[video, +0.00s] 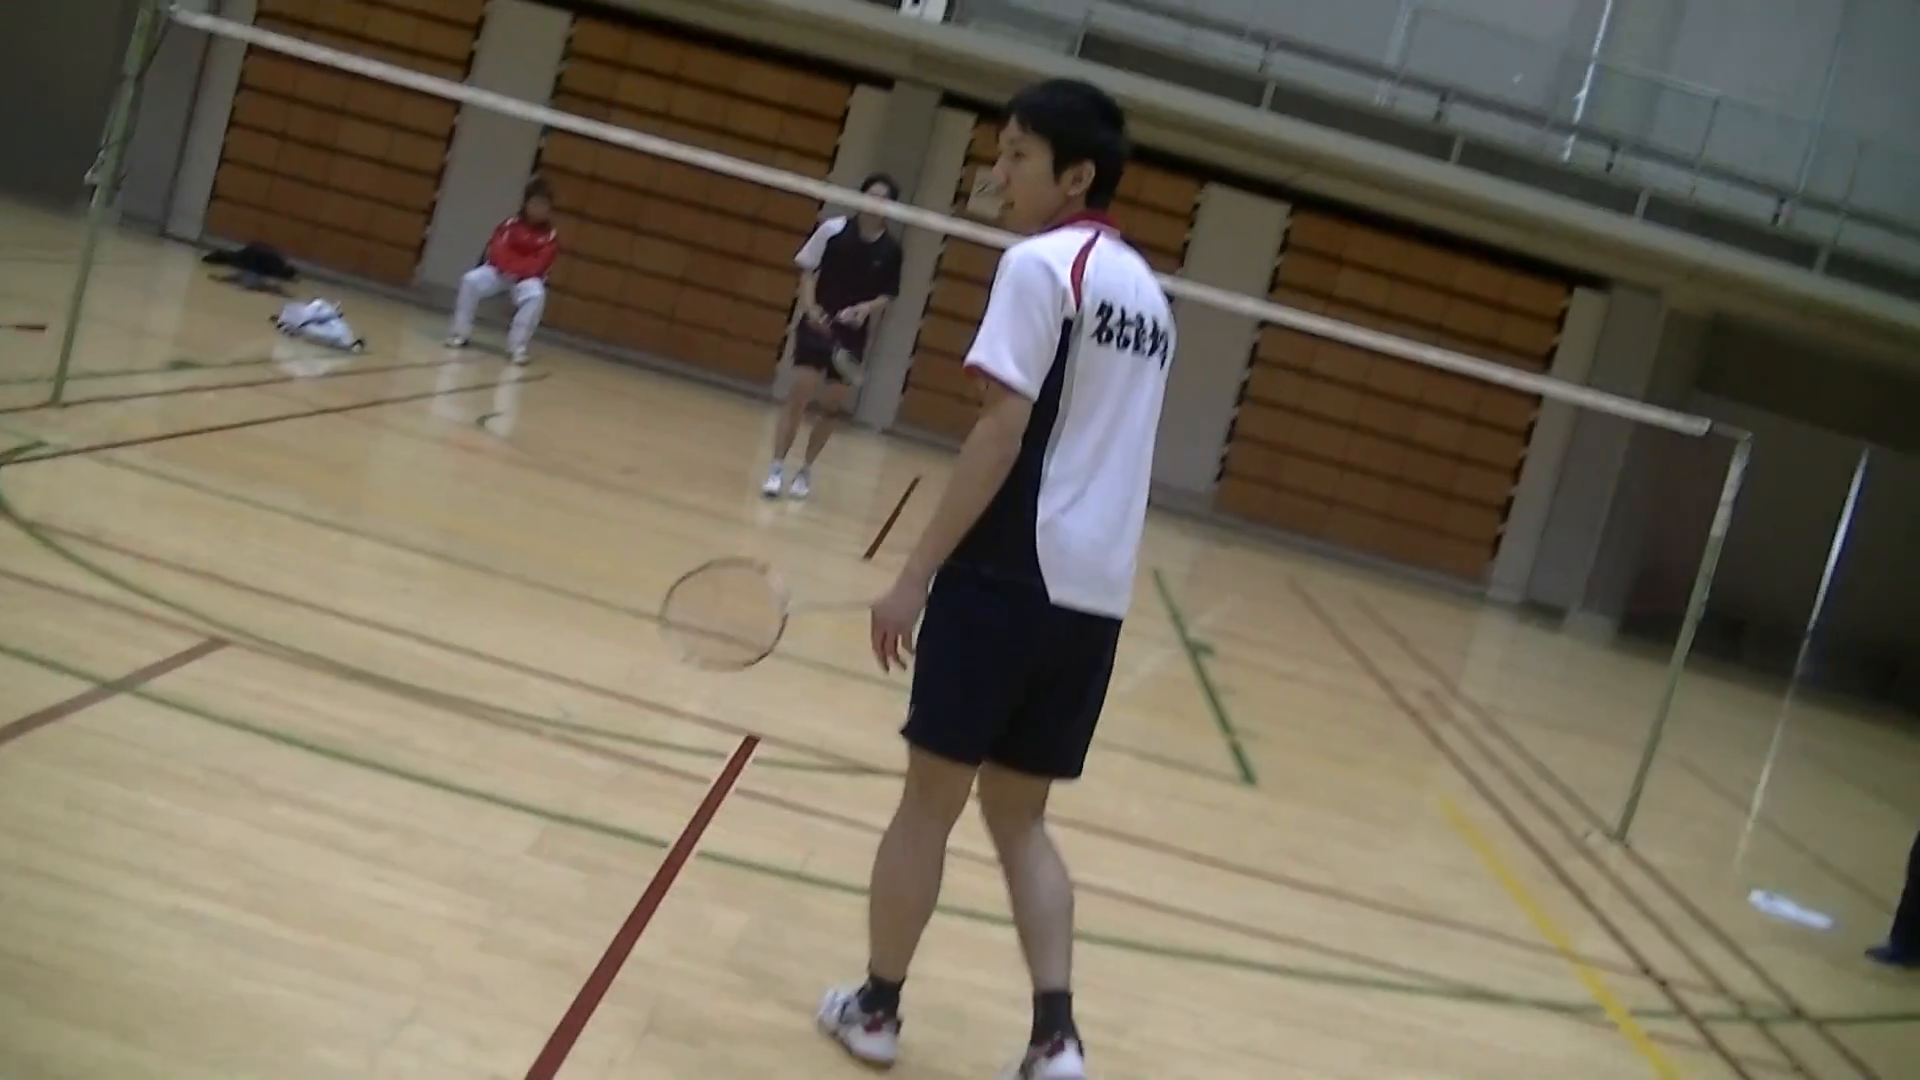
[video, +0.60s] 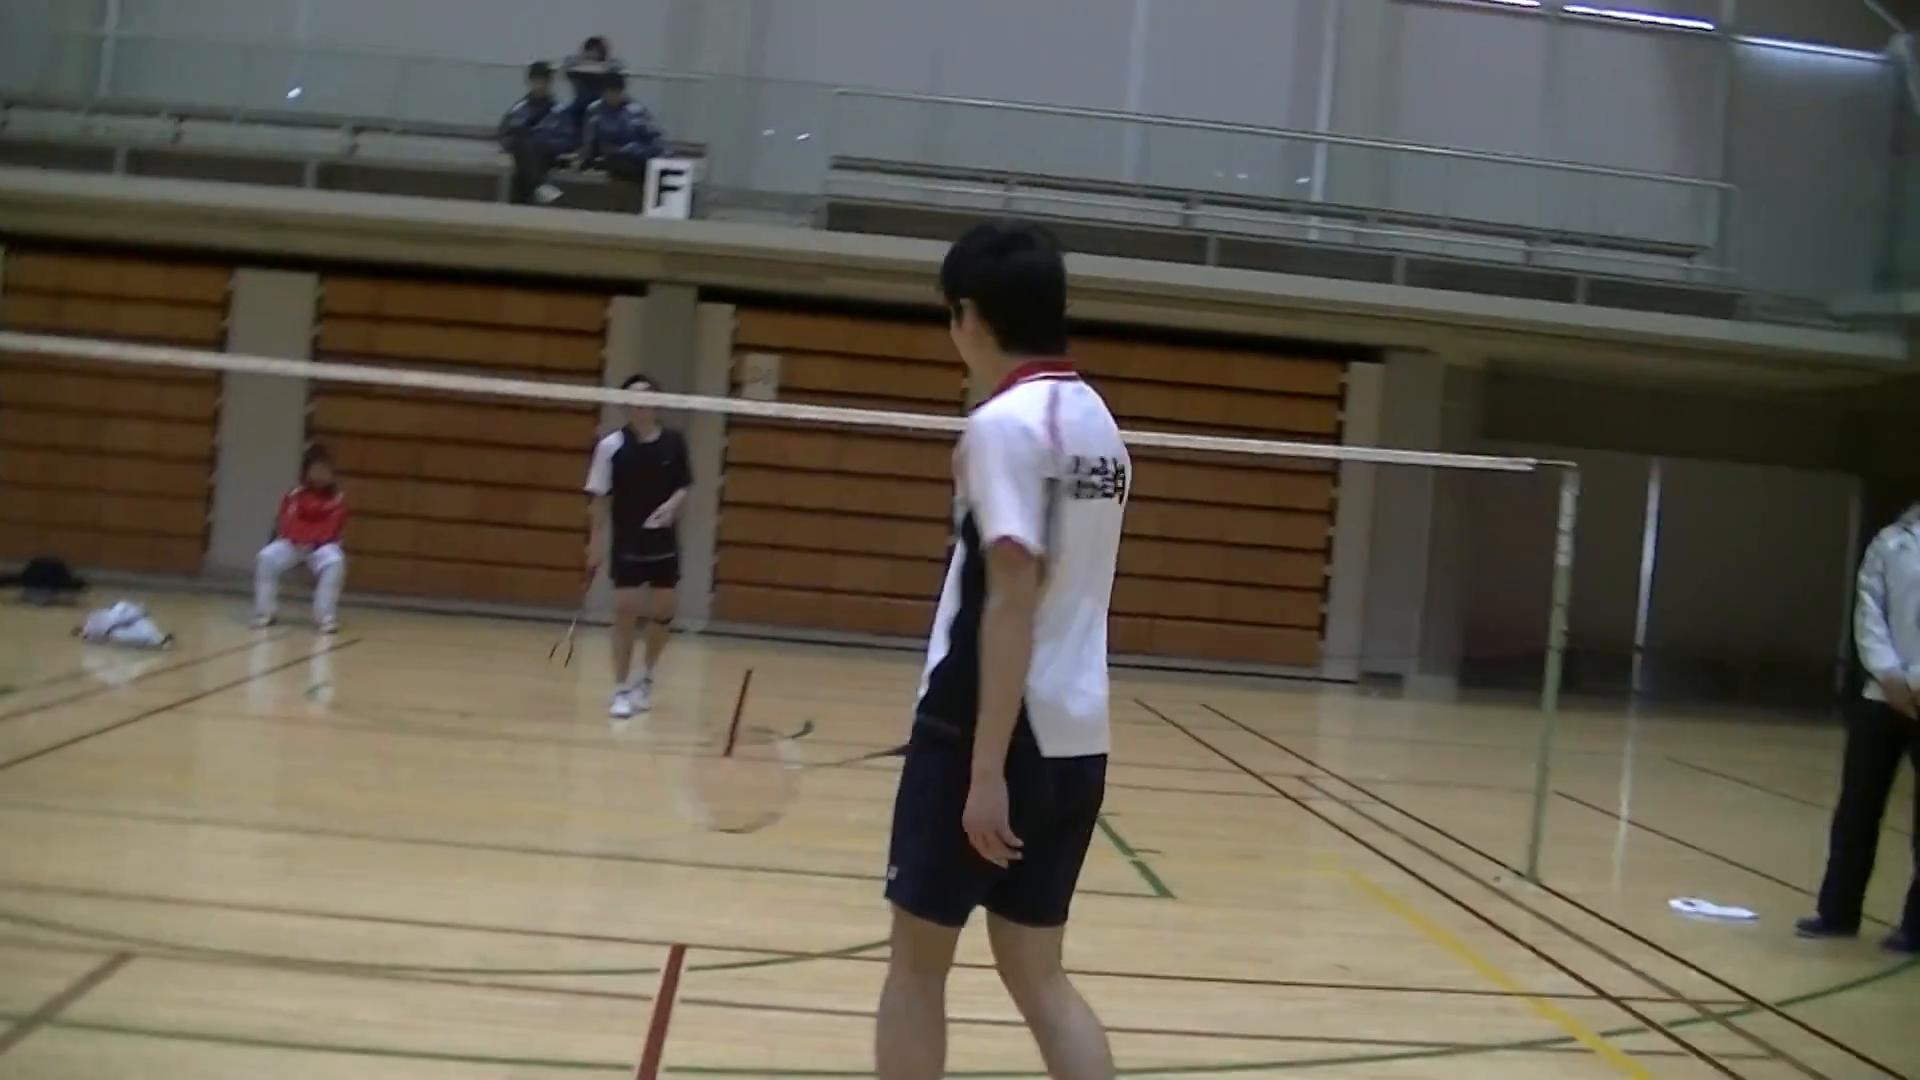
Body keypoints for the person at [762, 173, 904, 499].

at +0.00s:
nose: (875, 203)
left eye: (883, 198)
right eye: (872, 195)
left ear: (890, 207)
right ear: (861, 197)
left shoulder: (891, 250)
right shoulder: (832, 230)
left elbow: (888, 295)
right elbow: (808, 271)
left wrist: (865, 309)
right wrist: (809, 307)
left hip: (854, 330)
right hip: (818, 319)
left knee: (832, 406)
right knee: (801, 392)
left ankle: (806, 470)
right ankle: (777, 466)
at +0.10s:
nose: (830, 249)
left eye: (838, 244)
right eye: (826, 240)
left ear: (845, 253)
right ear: (815, 242)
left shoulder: (843, 296)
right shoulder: (787, 276)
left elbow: (843, 339)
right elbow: (761, 320)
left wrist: (823, 359)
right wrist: (751, 362)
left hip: (804, 379)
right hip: (770, 369)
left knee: (790, 449)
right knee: (755, 440)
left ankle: (758, 514)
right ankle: (736, 514)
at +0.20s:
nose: (768, 292)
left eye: (776, 287)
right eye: (765, 283)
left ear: (784, 296)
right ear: (753, 286)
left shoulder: (784, 339)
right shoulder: (725, 322)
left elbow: (783, 382)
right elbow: (700, 368)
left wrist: (767, 404)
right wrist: (686, 413)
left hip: (748, 429)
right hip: (712, 419)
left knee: (729, 502)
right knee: (697, 491)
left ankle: (702, 560)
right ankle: (680, 562)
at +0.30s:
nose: (717, 329)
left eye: (724, 325)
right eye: (712, 322)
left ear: (732, 334)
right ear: (700, 326)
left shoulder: (736, 375)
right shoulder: (675, 362)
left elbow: (737, 420)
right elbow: (649, 407)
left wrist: (723, 442)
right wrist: (634, 451)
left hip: (705, 467)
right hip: (669, 459)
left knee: (690, 540)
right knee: (656, 532)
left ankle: (666, 603)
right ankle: (641, 606)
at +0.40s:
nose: (684, 361)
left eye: (691, 356)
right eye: (679, 354)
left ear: (701, 364)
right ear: (668, 360)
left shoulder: (710, 408)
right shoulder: (648, 400)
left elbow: (714, 452)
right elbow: (626, 449)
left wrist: (702, 475)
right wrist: (610, 495)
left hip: (686, 504)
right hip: (648, 499)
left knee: (676, 574)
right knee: (640, 568)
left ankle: (656, 639)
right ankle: (630, 644)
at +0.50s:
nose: (669, 381)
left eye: (675, 376)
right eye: (663, 375)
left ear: (685, 385)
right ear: (653, 382)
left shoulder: (699, 426)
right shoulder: (637, 423)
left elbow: (707, 468)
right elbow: (620, 476)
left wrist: (695, 491)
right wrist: (607, 523)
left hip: (682, 525)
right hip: (644, 522)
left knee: (676, 598)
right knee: (639, 595)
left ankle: (660, 660)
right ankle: (634, 668)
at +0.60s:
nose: (643, 403)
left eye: (648, 396)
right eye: (636, 396)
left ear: (657, 402)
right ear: (625, 403)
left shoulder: (673, 442)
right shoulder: (611, 446)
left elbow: (685, 484)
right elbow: (598, 501)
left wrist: (672, 505)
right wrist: (595, 548)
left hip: (663, 540)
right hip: (626, 540)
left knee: (662, 612)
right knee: (625, 611)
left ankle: (646, 677)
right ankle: (621, 688)